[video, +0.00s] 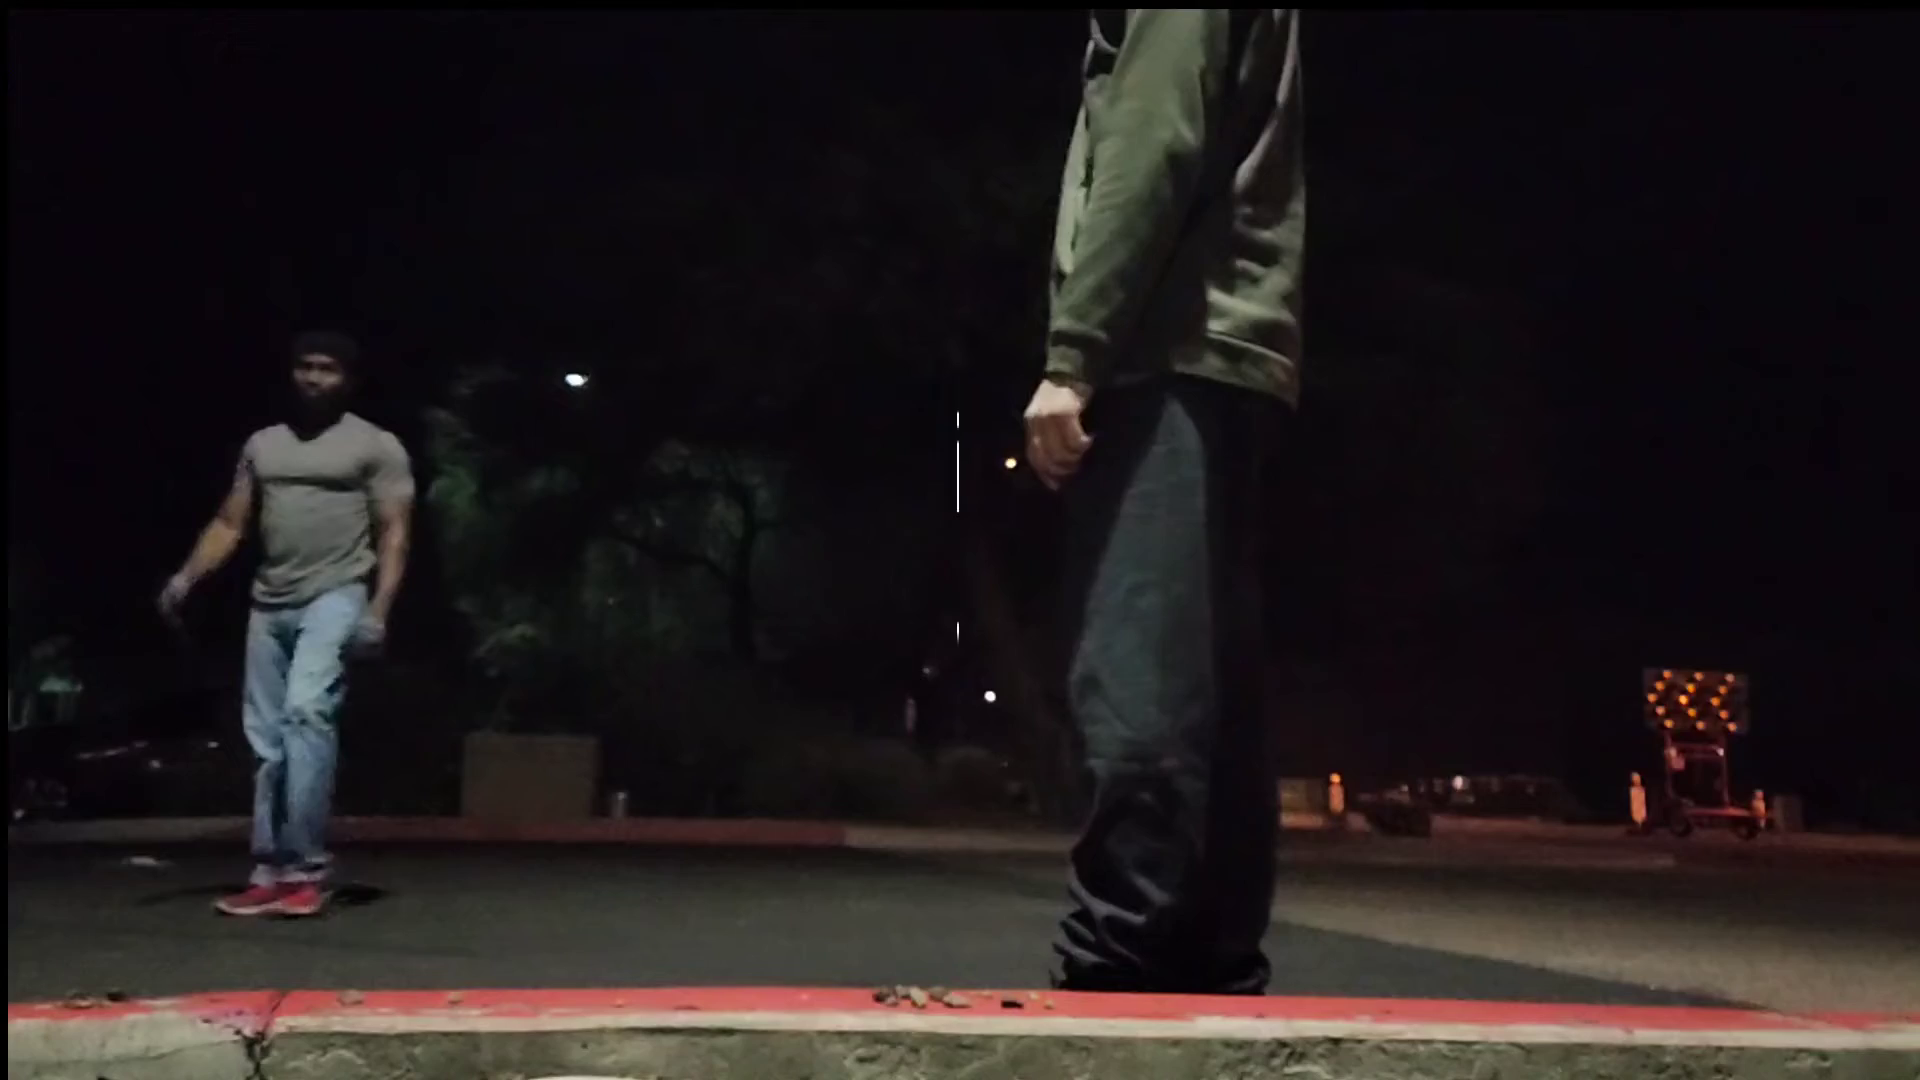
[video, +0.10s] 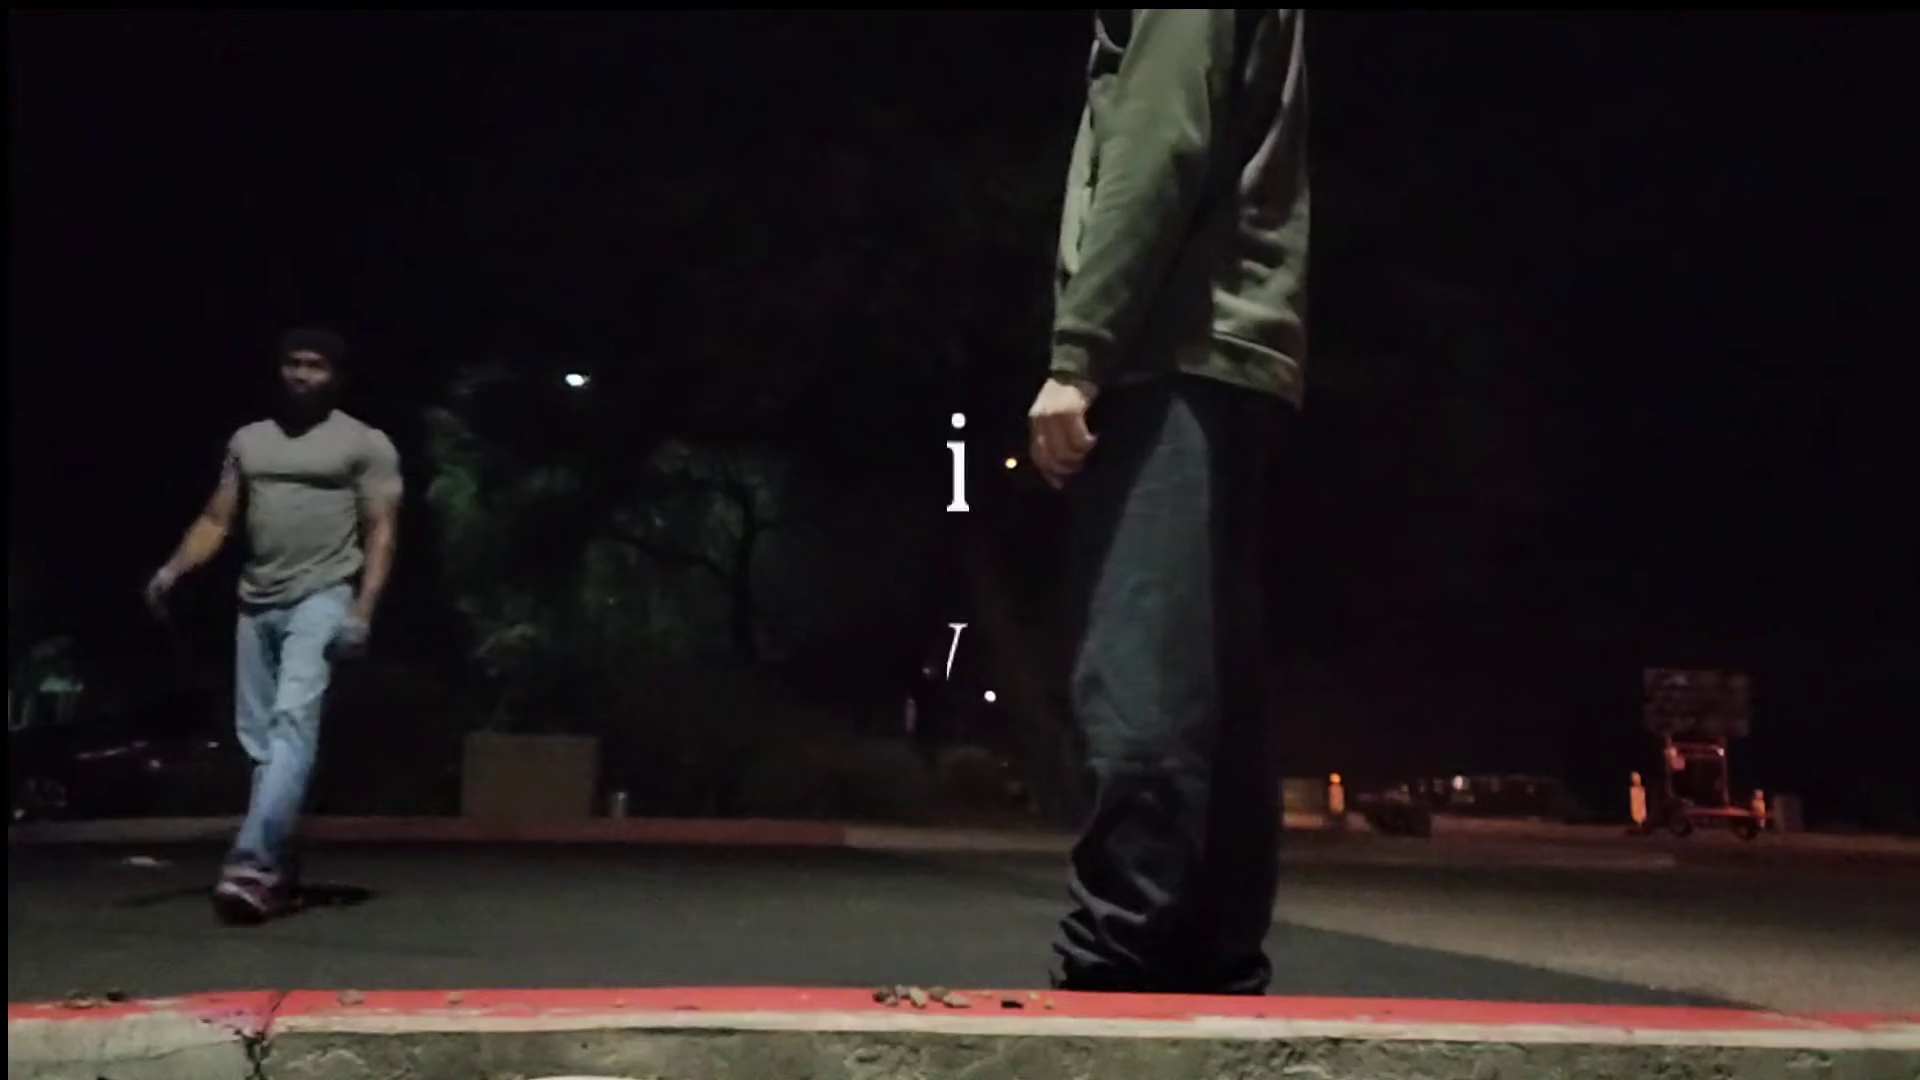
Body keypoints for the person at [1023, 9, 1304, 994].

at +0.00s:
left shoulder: (1189, 19)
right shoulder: (1245, 33)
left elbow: (1152, 146)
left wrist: (1069, 362)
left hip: (1176, 346)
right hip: (1223, 350)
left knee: (1136, 653)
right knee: (1202, 659)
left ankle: (1124, 955)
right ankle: (1210, 955)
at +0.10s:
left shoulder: (1194, 19)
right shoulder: (1250, 34)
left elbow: (1159, 146)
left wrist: (1074, 361)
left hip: (1180, 347)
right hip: (1227, 350)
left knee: (1138, 652)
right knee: (1206, 658)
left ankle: (1124, 955)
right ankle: (1210, 954)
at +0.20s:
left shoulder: (1201, 20)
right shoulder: (1254, 33)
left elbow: (1165, 145)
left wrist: (1080, 360)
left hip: (1186, 350)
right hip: (1229, 352)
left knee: (1141, 654)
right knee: (1208, 660)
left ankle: (1121, 955)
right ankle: (1212, 954)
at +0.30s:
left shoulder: (1209, 20)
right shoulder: (1258, 33)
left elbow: (1172, 145)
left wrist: (1087, 360)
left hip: (1189, 350)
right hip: (1232, 352)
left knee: (1143, 652)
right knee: (1211, 659)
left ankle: (1118, 953)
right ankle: (1213, 952)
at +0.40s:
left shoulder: (1217, 20)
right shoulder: (1265, 32)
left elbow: (1181, 147)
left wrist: (1095, 361)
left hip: (1188, 355)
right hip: (1233, 355)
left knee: (1141, 652)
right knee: (1215, 660)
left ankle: (1117, 947)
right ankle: (1212, 947)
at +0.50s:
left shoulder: (1230, 19)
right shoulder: (1266, 31)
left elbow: (1194, 155)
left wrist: (1101, 363)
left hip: (1187, 351)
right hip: (1236, 352)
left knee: (1129, 641)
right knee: (1218, 654)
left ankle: (1106, 946)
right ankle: (1215, 948)